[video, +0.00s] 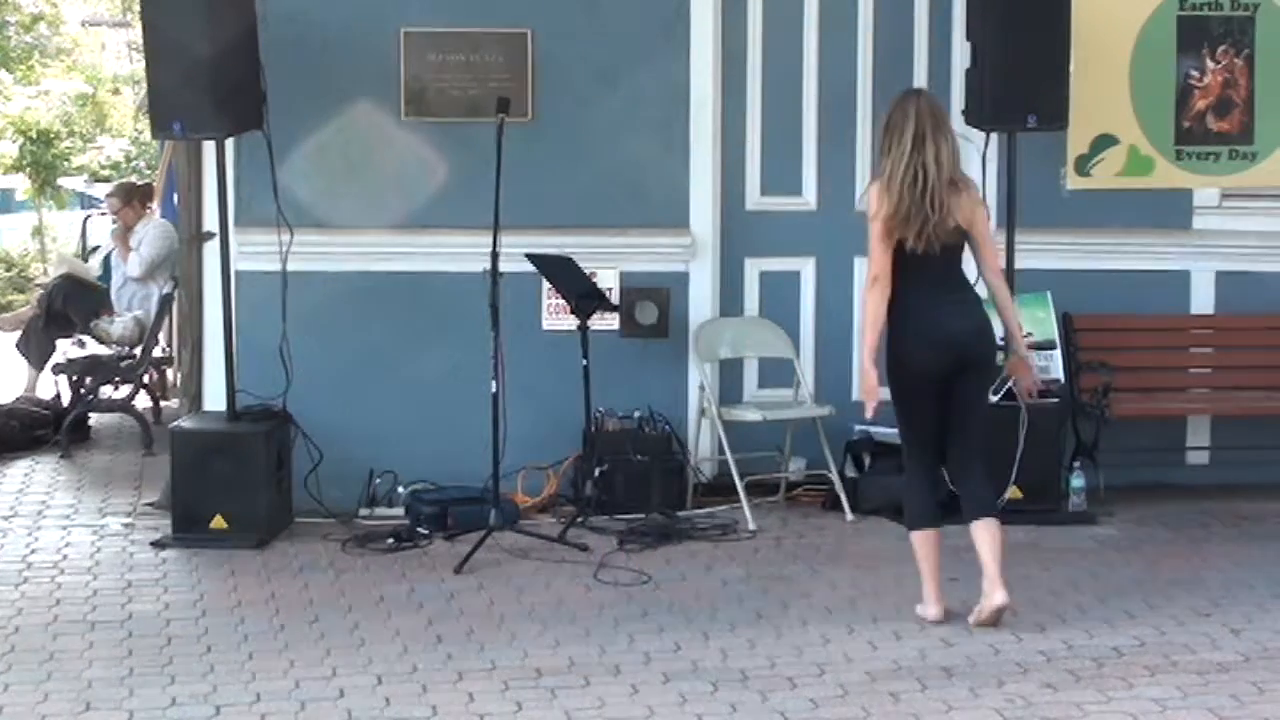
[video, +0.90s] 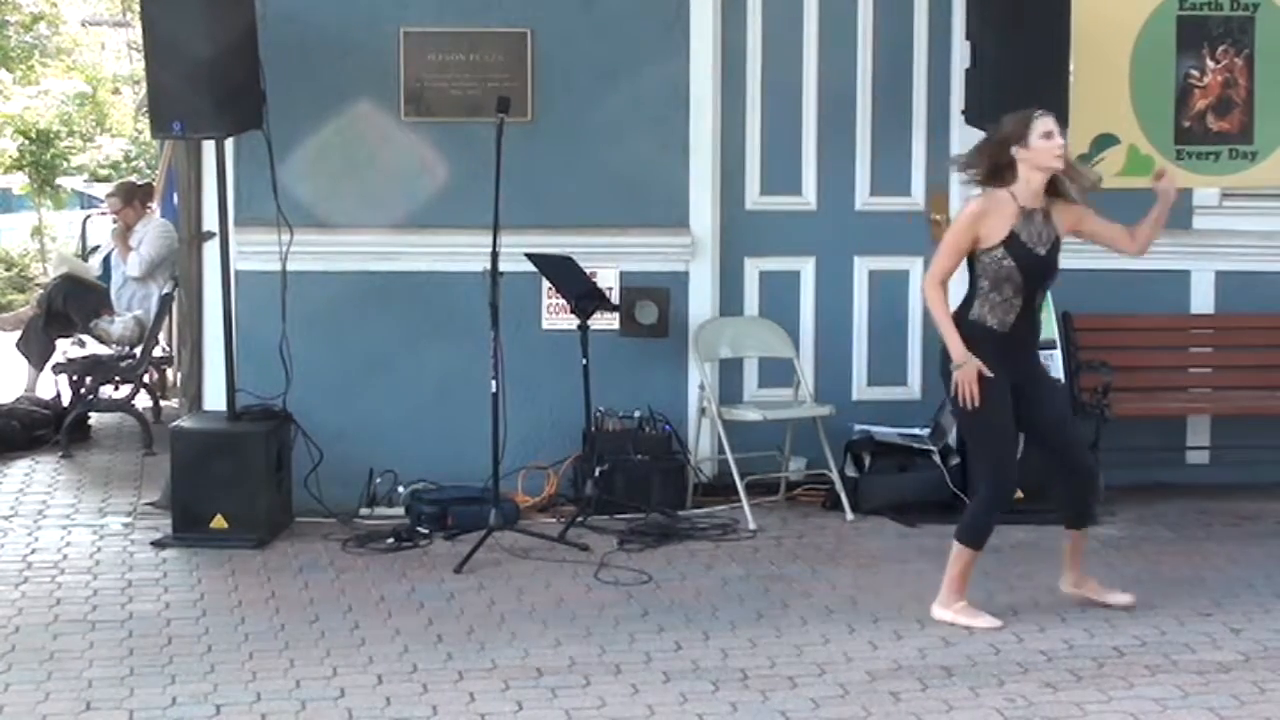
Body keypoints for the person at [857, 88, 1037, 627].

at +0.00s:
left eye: (890, 131)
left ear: (893, 135)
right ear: (944, 135)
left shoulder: (884, 193)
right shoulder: (965, 194)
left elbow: (879, 281)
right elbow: (993, 275)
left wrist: (868, 360)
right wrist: (1018, 346)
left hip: (914, 339)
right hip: (970, 334)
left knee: (919, 461)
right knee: (971, 458)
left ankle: (932, 599)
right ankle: (995, 585)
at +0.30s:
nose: (980, 138)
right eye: (978, 128)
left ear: (924, 135)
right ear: (977, 136)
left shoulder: (903, 194)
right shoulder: (999, 191)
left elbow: (889, 279)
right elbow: (1020, 266)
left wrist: (872, 346)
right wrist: (1046, 337)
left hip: (921, 337)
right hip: (984, 336)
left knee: (924, 455)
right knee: (991, 453)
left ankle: (936, 591)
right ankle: (966, 577)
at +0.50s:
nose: (1006, 136)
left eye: (1002, 127)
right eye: (1003, 128)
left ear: (948, 133)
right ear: (994, 134)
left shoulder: (929, 189)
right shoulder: (1007, 191)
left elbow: (905, 274)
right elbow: (1002, 268)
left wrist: (910, 339)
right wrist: (1006, 347)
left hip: (930, 329)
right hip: (976, 330)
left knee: (949, 449)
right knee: (981, 456)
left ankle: (906, 560)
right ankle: (954, 601)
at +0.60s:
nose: (1021, 129)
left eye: (1018, 120)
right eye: (1013, 122)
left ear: (970, 138)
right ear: (991, 136)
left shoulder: (954, 189)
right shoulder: (994, 191)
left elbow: (942, 279)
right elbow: (968, 272)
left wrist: (979, 331)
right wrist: (984, 347)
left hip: (943, 333)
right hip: (970, 336)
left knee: (950, 461)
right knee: (991, 466)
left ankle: (898, 584)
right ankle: (945, 596)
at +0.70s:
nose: (1009, 140)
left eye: (1014, 131)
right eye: (997, 133)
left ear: (1024, 138)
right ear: (977, 145)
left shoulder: (1010, 202)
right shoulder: (974, 199)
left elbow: (1003, 297)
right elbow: (939, 286)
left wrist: (1058, 331)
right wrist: (969, 359)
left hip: (995, 349)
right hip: (964, 350)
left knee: (998, 471)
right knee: (988, 471)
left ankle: (907, 560)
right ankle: (949, 599)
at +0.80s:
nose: (1021, 145)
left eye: (1029, 137)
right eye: (1010, 137)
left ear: (1040, 150)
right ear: (990, 150)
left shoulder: (1042, 214)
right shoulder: (968, 209)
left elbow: (1064, 284)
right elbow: (931, 292)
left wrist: (1104, 265)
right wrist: (958, 367)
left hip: (1005, 356)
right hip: (963, 354)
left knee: (1047, 464)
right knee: (991, 476)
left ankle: (979, 548)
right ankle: (948, 598)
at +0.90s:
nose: (1060, 144)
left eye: (1060, 135)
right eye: (1047, 137)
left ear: (1061, 151)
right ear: (1017, 151)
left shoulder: (1063, 213)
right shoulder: (984, 210)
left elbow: (1134, 243)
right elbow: (933, 283)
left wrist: (1164, 199)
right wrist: (959, 356)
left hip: (1026, 360)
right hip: (980, 359)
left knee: (1077, 462)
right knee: (994, 481)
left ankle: (1074, 575)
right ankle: (949, 600)